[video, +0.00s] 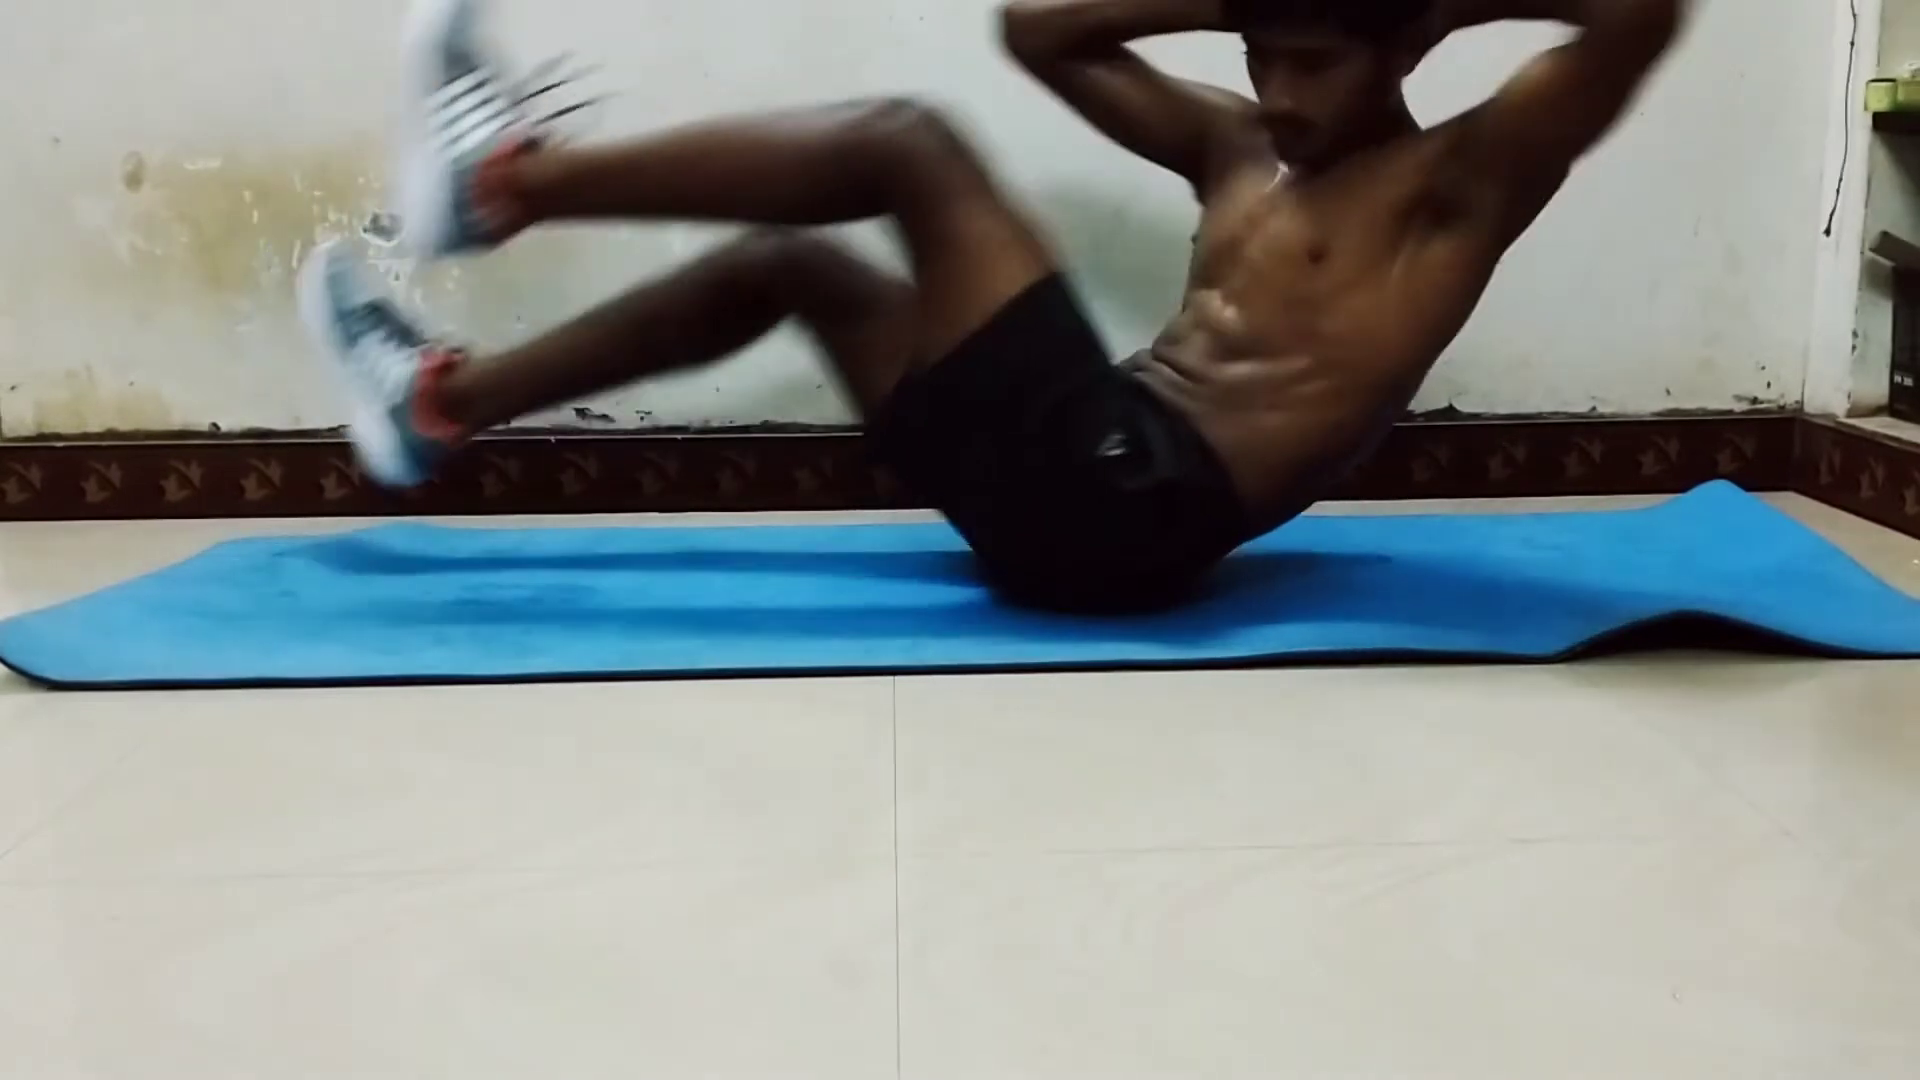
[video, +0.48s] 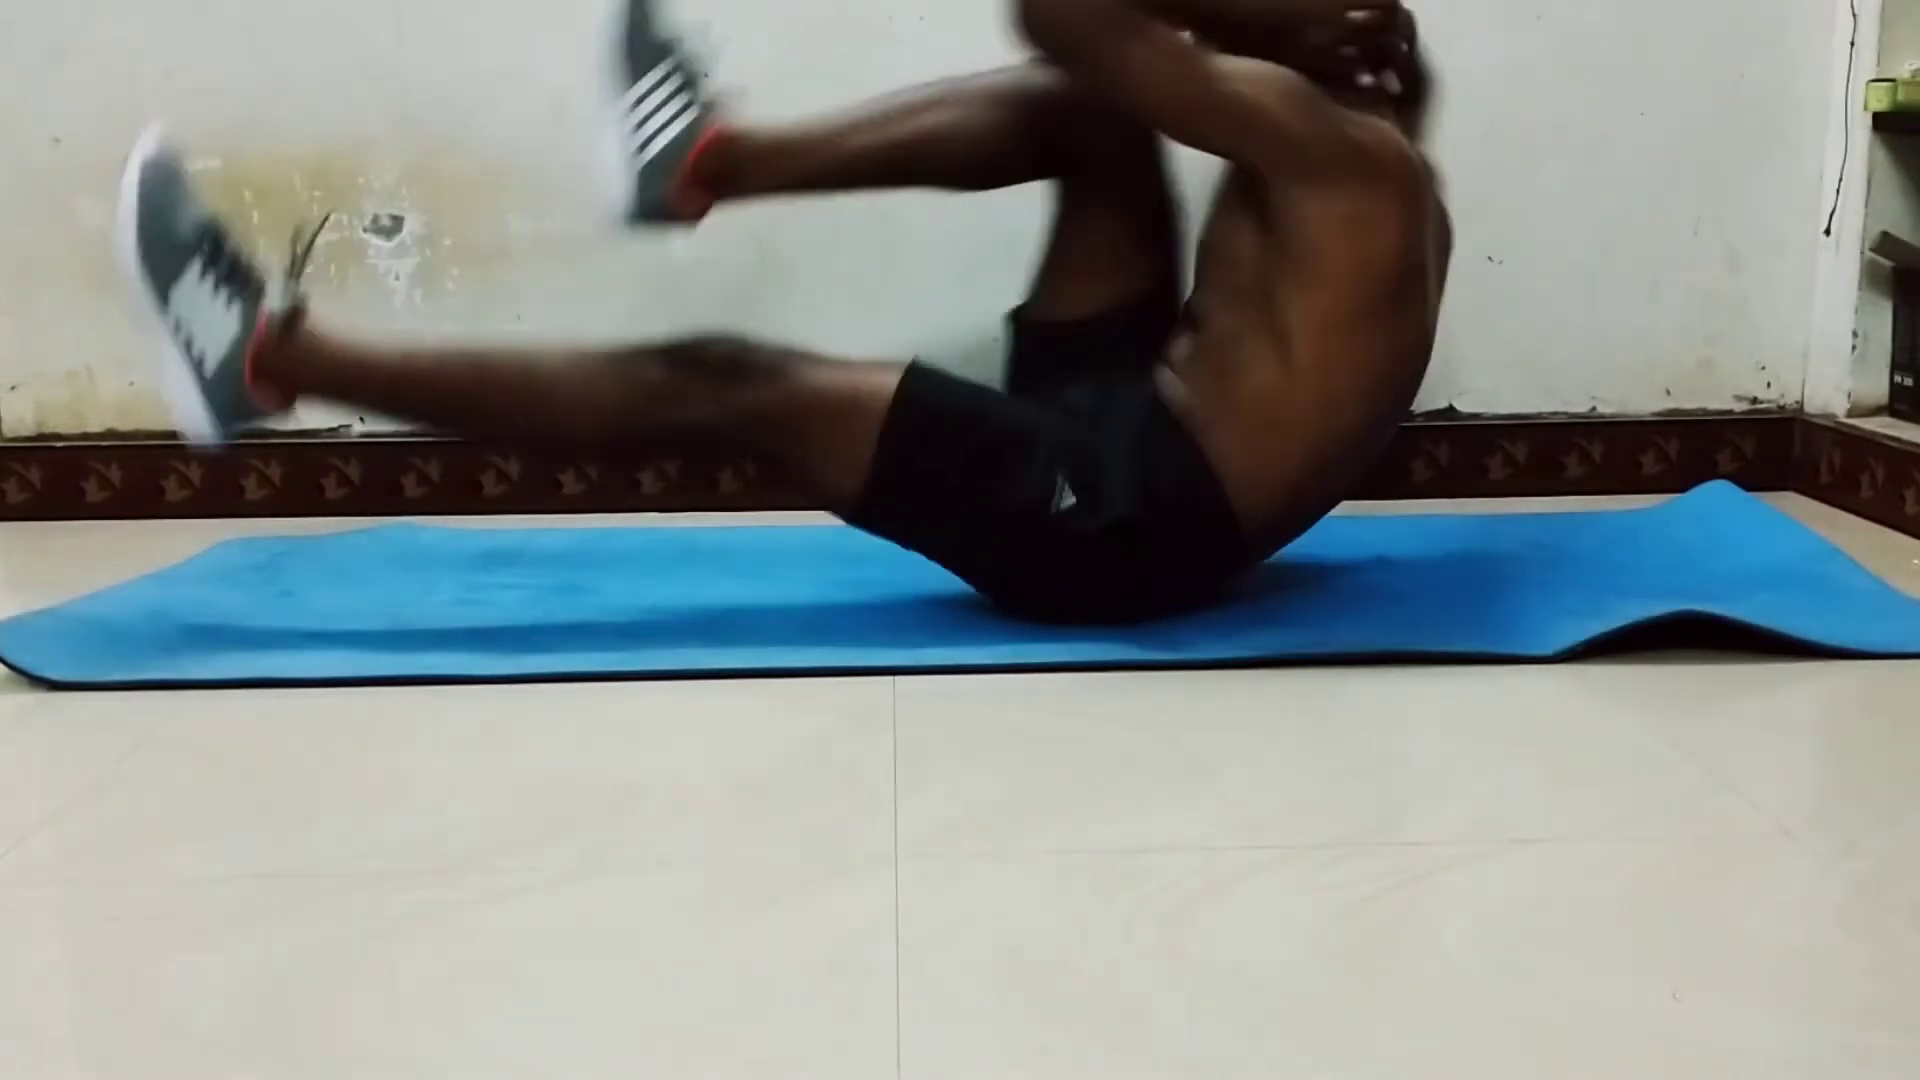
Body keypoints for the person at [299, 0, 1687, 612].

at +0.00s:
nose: (1273, 87)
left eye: (1309, 63)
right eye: (1263, 67)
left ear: (1394, 61)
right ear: (1267, 72)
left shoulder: (1460, 181)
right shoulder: (1237, 151)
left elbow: (1643, 27)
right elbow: (1048, 37)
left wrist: (1461, 25)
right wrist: (1234, 29)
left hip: (1138, 509)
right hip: (1059, 476)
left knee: (917, 142)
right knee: (795, 266)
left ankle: (496, 187)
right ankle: (442, 410)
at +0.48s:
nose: (1228, 49)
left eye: (1252, 30)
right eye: (1250, 28)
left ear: (1340, 48)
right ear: (1365, 52)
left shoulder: (1339, 139)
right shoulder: (1353, 144)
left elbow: (1077, 35)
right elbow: (1125, 56)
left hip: (1115, 512)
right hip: (1122, 429)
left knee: (723, 385)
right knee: (1088, 127)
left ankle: (270, 355)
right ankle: (712, 166)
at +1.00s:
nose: (1246, 88)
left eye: (1269, 55)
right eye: (1247, 56)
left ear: (1387, 45)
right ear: (1394, 51)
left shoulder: (1416, 190)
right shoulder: (1372, 179)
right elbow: (1298, 152)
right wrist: (1263, 131)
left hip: (1154, 513)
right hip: (1143, 459)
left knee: (847, 210)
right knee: (853, 192)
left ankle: (427, 306)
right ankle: (471, 169)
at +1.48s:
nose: (1299, 85)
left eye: (1334, 61)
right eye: (1289, 61)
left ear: (1417, 65)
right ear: (1276, 65)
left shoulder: (1469, 189)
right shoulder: (1239, 140)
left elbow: (1690, 41)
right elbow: (1063, 46)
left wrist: (1508, 18)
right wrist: (1227, 31)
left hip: (1172, 506)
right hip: (1074, 444)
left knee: (1147, 104)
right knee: (742, 379)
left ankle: (764, 96)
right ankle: (379, 393)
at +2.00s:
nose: (1252, 110)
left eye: (1278, 77)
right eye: (1250, 88)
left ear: (1402, 68)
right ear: (1359, 80)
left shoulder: (1441, 220)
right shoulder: (1355, 194)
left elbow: (1368, 152)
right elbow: (1281, 125)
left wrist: (1242, 65)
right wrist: (1241, 70)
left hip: (1159, 514)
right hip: (1127, 438)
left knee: (807, 247)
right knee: (934, 135)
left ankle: (370, 276)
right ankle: (592, 282)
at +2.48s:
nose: (1257, 63)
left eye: (1276, 40)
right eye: (1268, 40)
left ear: (1385, 45)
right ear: (1406, 52)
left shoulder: (1388, 162)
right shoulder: (1385, 158)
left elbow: (1094, 91)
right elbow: (1113, 82)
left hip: (1146, 520)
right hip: (1151, 429)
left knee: (752, 388)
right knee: (1092, 116)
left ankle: (328, 472)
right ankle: (697, 184)